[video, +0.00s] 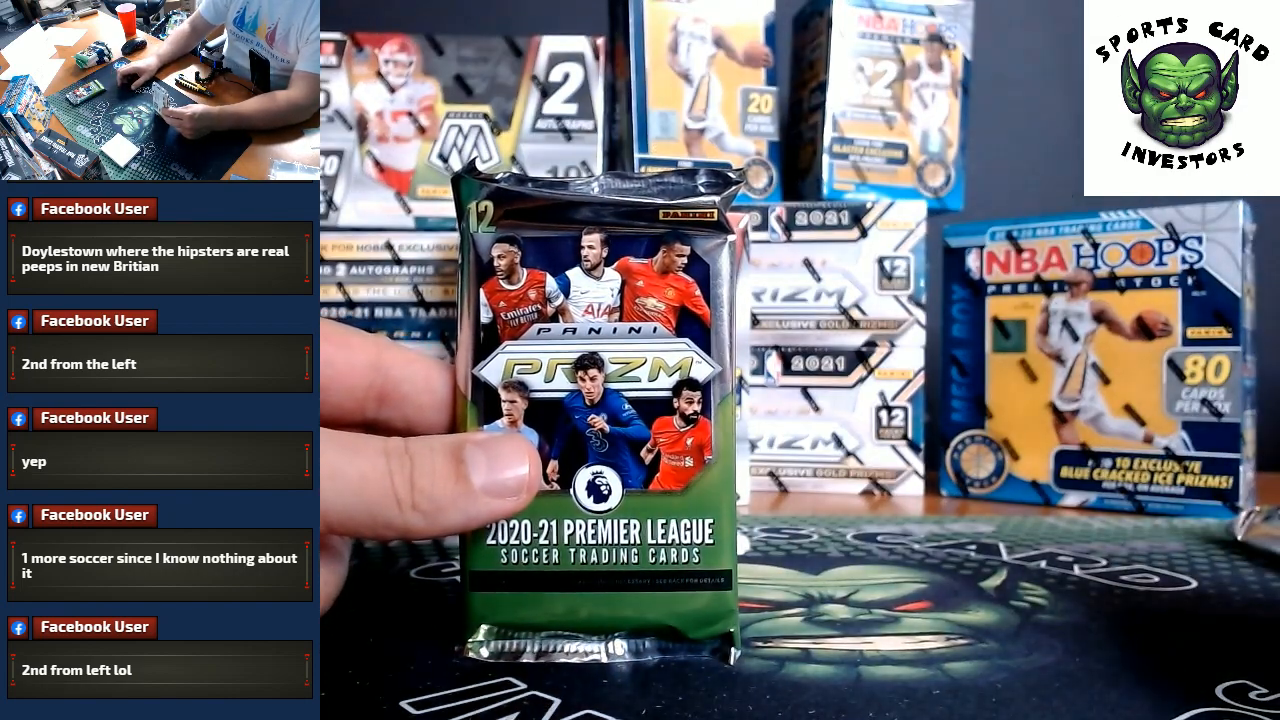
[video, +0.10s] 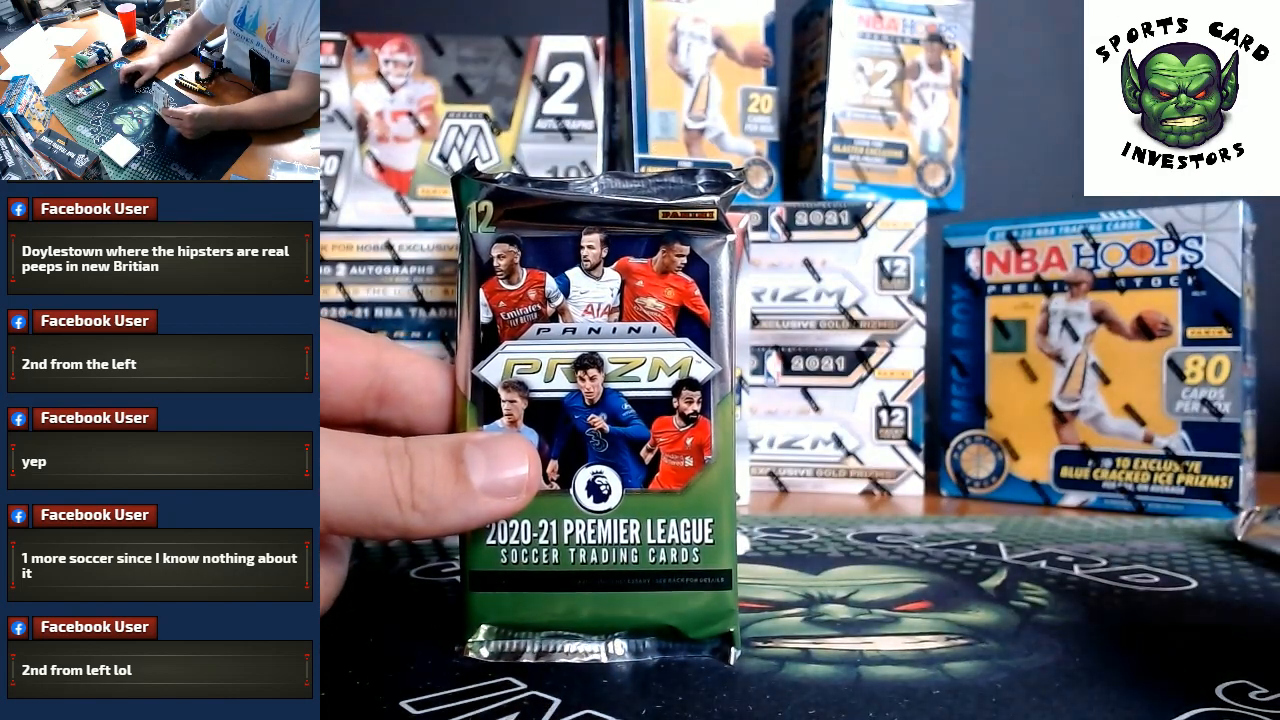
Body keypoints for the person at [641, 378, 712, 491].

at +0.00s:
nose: (696, 408)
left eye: (699, 402)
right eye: (689, 402)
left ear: (702, 402)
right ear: (676, 403)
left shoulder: (706, 429)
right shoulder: (660, 425)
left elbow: (712, 466)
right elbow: (650, 448)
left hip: (689, 494)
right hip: (659, 490)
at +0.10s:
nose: (695, 408)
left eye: (699, 402)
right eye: (689, 402)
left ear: (701, 402)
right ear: (675, 403)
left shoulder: (706, 429)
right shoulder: (660, 425)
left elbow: (711, 467)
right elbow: (649, 449)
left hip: (689, 494)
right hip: (659, 490)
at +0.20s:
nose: (695, 407)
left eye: (698, 401)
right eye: (688, 402)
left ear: (701, 401)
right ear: (674, 402)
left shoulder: (705, 428)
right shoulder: (659, 424)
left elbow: (711, 466)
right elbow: (649, 448)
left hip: (688, 494)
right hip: (658, 490)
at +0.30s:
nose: (696, 407)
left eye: (699, 401)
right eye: (689, 401)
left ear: (702, 401)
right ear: (676, 402)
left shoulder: (706, 427)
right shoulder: (660, 423)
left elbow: (712, 466)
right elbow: (650, 448)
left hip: (689, 494)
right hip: (659, 489)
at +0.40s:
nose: (699, 407)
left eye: (703, 401)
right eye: (693, 402)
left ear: (705, 401)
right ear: (679, 402)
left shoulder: (709, 427)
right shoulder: (664, 423)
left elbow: (714, 463)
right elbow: (654, 447)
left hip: (692, 494)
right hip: (662, 489)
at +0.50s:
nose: (701, 407)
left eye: (704, 401)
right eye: (694, 401)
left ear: (707, 401)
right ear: (681, 401)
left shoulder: (710, 426)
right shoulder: (665, 423)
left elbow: (715, 461)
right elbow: (655, 447)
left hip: (694, 492)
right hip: (664, 488)